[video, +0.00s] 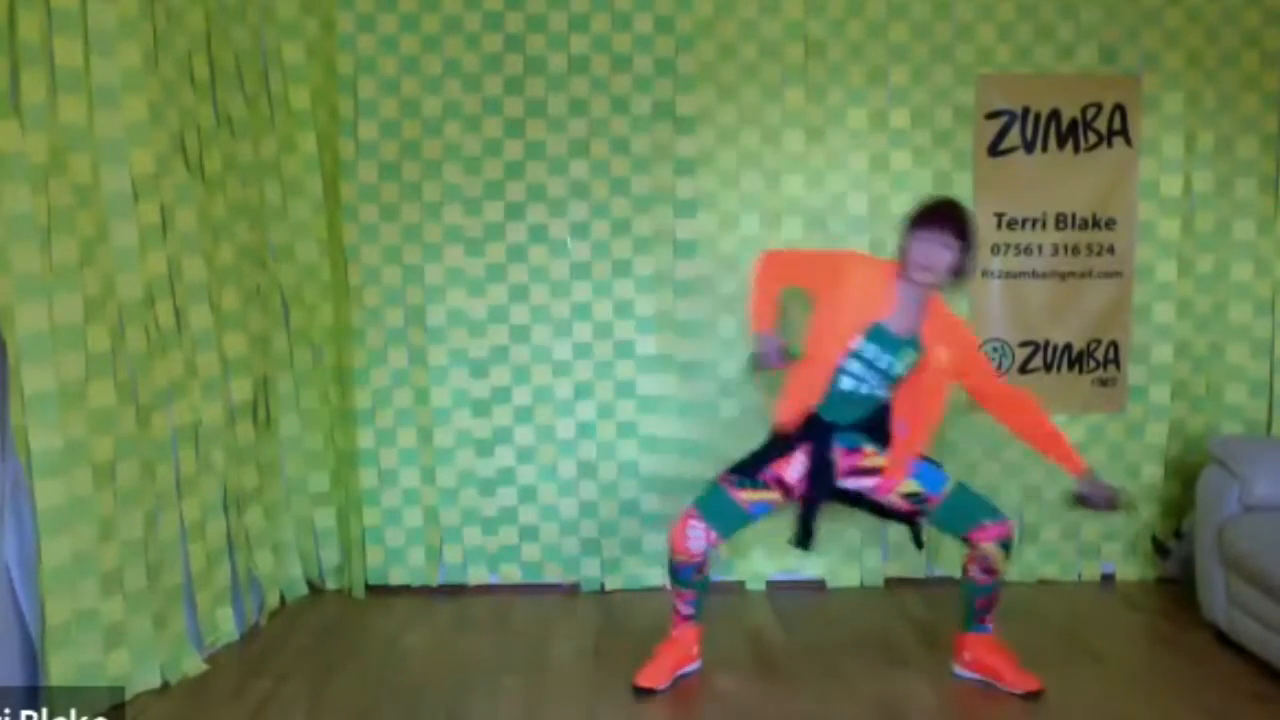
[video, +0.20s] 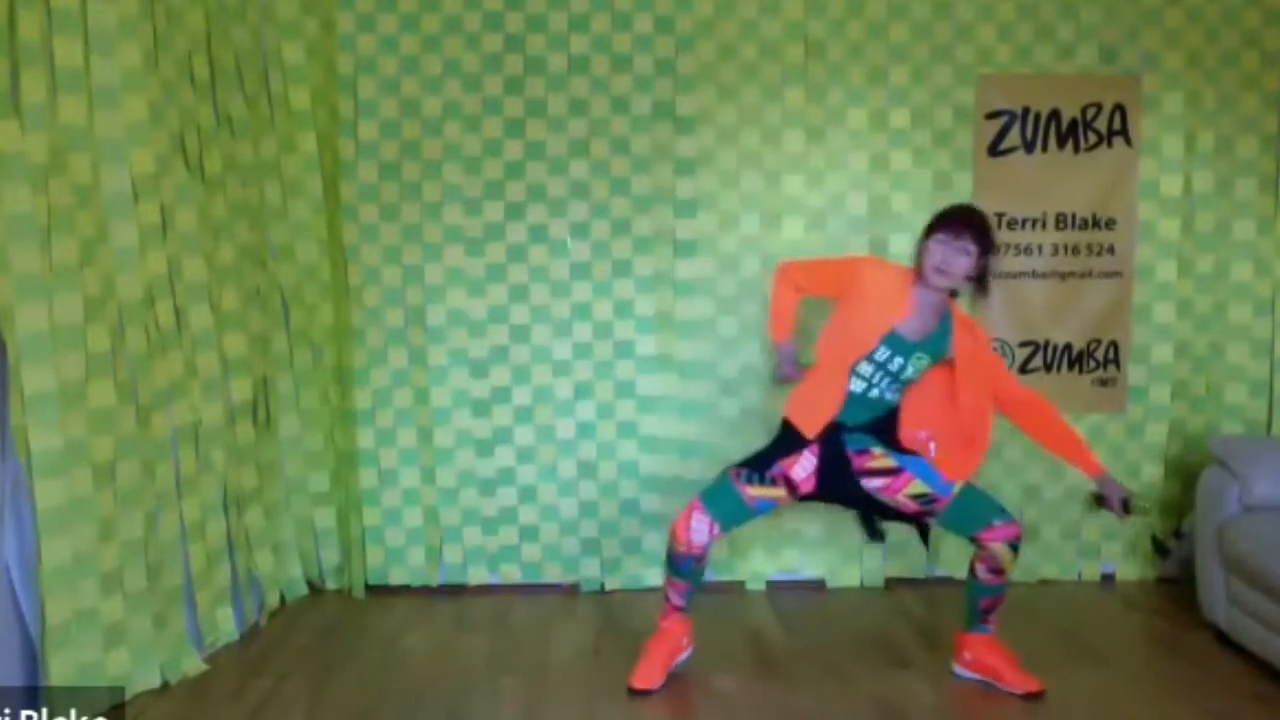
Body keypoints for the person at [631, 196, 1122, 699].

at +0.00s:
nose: (932, 253)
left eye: (946, 246)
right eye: (926, 239)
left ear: (959, 262)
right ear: (904, 241)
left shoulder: (951, 337)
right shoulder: (851, 275)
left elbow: (1008, 403)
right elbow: (772, 265)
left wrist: (1080, 471)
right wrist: (764, 332)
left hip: (877, 460)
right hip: (800, 446)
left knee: (990, 530)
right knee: (691, 534)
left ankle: (977, 645)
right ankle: (682, 640)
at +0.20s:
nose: (949, 256)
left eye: (965, 251)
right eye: (944, 242)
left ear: (977, 269)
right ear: (924, 244)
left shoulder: (964, 339)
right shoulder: (871, 278)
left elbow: (1025, 407)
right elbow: (788, 276)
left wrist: (1097, 473)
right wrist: (782, 345)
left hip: (879, 458)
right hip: (807, 445)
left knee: (999, 530)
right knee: (693, 525)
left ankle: (978, 647)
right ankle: (672, 630)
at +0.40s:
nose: (836, 214)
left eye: (850, 205)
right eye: (832, 201)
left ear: (869, 219)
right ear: (817, 204)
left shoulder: (879, 284)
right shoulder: (775, 258)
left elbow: (934, 356)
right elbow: (701, 308)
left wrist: (988, 432)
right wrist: (693, 381)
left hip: (833, 428)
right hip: (762, 426)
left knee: (935, 527)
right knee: (674, 536)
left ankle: (972, 643)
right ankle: (673, 639)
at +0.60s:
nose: (747, 155)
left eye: (760, 146)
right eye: (738, 142)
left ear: (778, 156)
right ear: (721, 148)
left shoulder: (803, 217)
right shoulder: (691, 220)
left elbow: (830, 298)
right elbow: (656, 304)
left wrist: (860, 379)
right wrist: (641, 388)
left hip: (789, 373)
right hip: (719, 377)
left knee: (837, 492)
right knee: (681, 499)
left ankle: (880, 631)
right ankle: (674, 636)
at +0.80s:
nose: (703, 131)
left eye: (716, 120)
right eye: (692, 119)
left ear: (733, 131)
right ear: (674, 128)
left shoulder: (756, 200)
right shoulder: (644, 196)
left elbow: (771, 293)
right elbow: (617, 288)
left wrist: (767, 381)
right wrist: (611, 376)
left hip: (728, 368)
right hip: (657, 366)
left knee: (721, 507)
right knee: (662, 506)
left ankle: (713, 633)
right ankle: (665, 632)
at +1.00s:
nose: (695, 132)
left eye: (709, 124)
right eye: (685, 121)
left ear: (724, 139)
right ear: (667, 132)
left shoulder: (736, 218)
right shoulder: (625, 201)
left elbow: (745, 312)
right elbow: (587, 281)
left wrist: (744, 401)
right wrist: (572, 364)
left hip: (695, 370)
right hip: (620, 367)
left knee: (717, 507)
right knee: (577, 497)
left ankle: (713, 637)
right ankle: (571, 618)